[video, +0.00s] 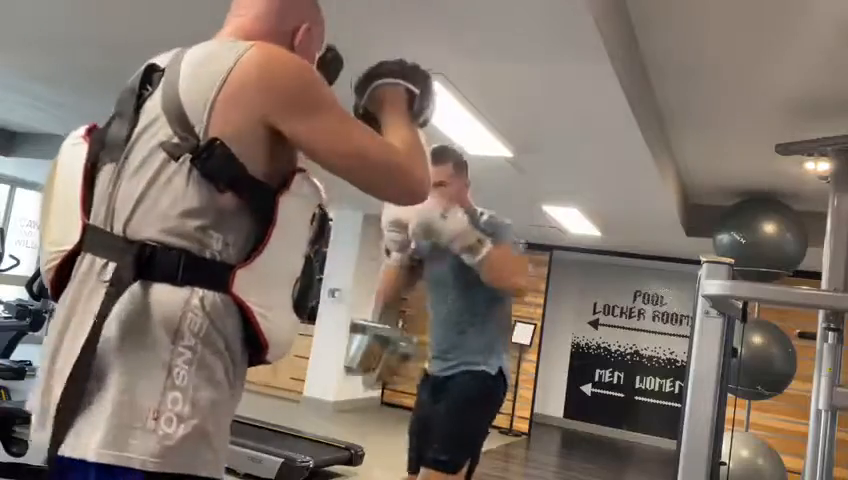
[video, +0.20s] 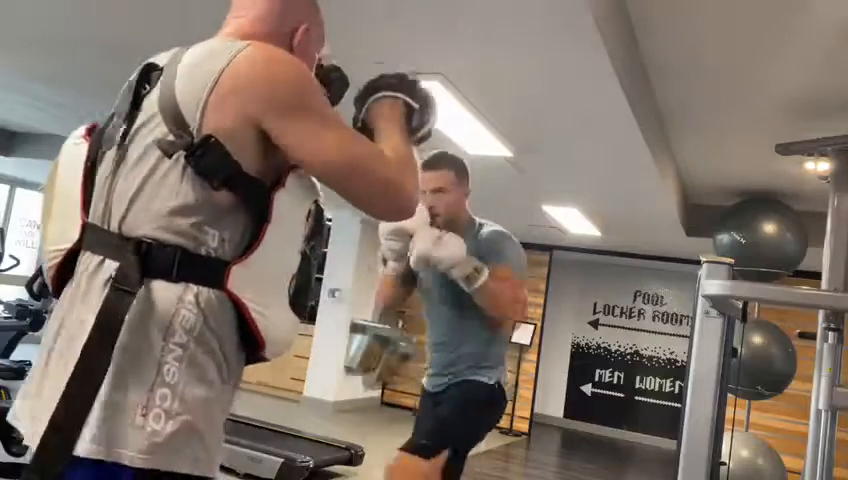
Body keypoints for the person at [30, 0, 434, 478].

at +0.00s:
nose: (315, 62)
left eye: (320, 52)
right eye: (318, 49)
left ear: (236, 18)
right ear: (303, 36)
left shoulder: (160, 70)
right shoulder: (272, 71)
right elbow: (410, 181)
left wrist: (301, 96)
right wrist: (392, 97)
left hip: (85, 306)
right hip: (170, 330)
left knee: (77, 460)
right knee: (145, 465)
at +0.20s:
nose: (315, 69)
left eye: (320, 62)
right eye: (317, 57)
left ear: (237, 16)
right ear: (300, 37)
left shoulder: (162, 68)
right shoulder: (267, 71)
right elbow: (396, 196)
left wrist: (306, 102)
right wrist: (388, 108)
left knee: (72, 461)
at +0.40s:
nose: (313, 79)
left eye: (316, 68)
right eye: (316, 64)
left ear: (234, 28)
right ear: (299, 47)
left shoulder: (161, 80)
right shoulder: (269, 86)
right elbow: (371, 226)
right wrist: (372, 132)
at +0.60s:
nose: (307, 77)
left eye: (313, 63)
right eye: (311, 59)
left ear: (223, 23)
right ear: (291, 42)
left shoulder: (143, 73)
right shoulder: (266, 100)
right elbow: (367, 252)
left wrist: (295, 111)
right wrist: (398, 172)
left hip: (57, 330)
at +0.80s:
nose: (301, 49)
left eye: (309, 34)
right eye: (309, 30)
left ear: (215, 2)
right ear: (287, 12)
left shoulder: (127, 47)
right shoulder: (237, 68)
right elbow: (353, 242)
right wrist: (372, 125)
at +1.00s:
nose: (284, 29)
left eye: (286, 15)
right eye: (285, 13)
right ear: (260, 3)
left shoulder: (102, 43)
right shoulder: (226, 61)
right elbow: (364, 207)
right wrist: (366, 90)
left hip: (32, 313)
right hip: (127, 344)